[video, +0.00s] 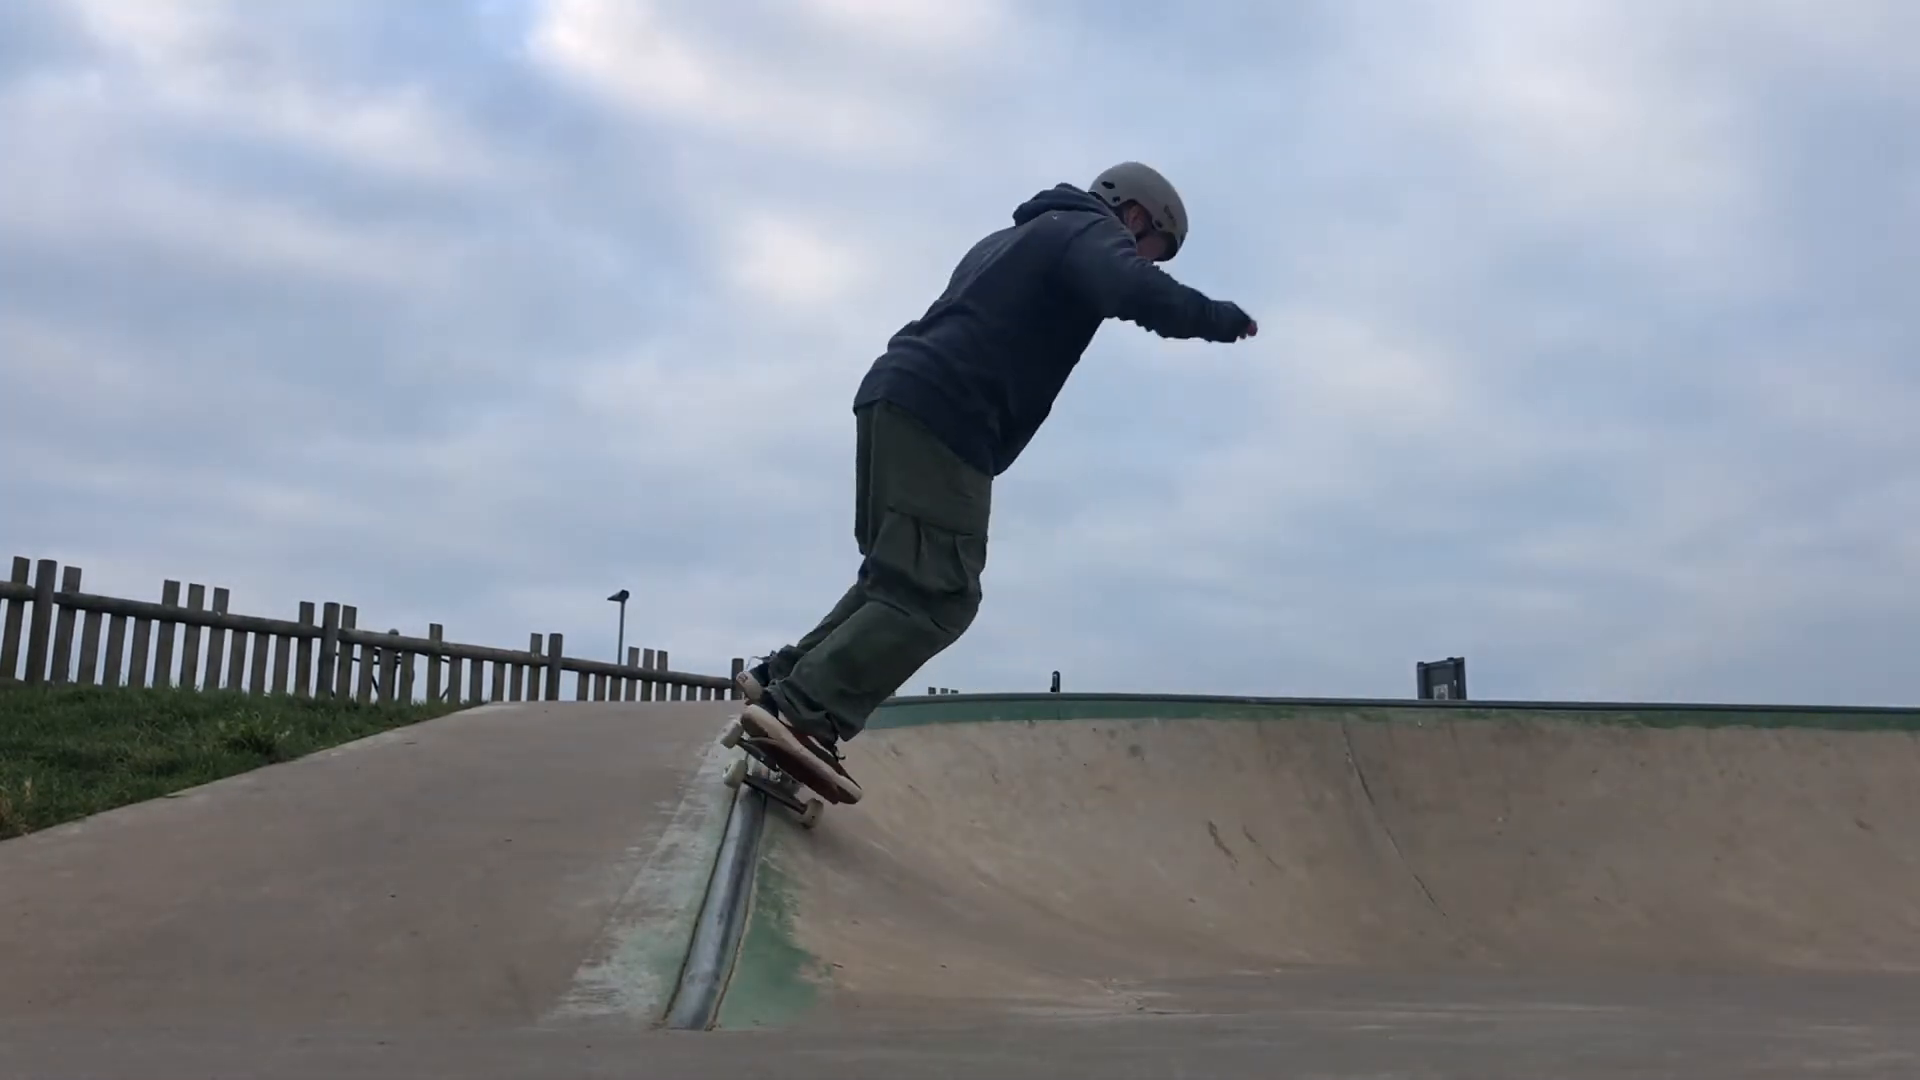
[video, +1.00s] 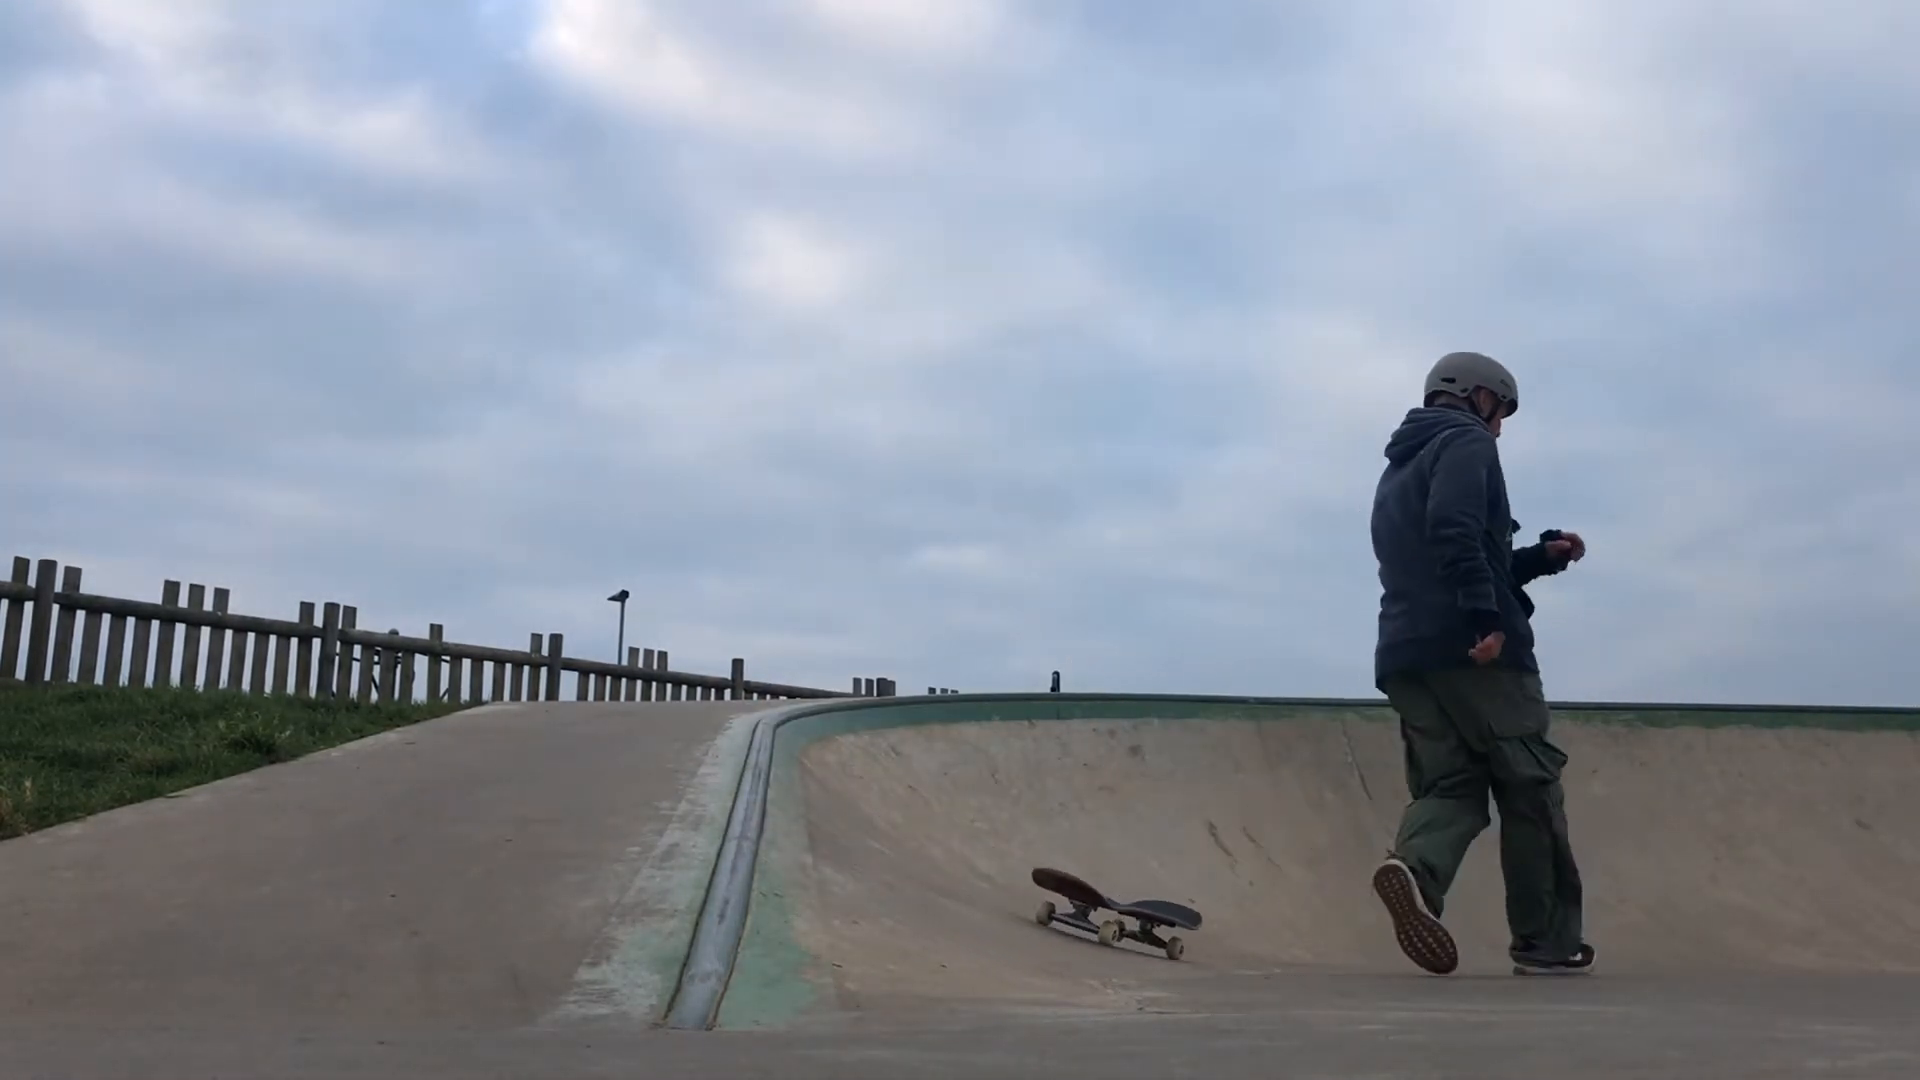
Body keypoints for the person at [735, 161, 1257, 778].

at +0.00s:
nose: (1155, 257)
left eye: (1164, 249)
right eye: (1158, 242)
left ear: (1110, 201)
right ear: (1131, 213)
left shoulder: (1022, 233)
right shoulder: (1082, 230)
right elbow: (1136, 287)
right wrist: (1217, 314)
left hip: (897, 395)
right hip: (939, 412)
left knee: (899, 578)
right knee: (937, 593)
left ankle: (785, 685)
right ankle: (805, 714)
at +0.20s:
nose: (1201, 288)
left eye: (1207, 280)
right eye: (1202, 276)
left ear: (1154, 241)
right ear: (1175, 254)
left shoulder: (1045, 292)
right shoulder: (1136, 272)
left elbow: (958, 364)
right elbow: (1213, 298)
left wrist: (962, 441)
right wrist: (1301, 310)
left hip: (963, 459)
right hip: (1017, 459)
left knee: (996, 640)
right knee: (1055, 633)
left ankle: (935, 796)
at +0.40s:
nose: (1260, 373)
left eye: (1266, 363)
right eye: (1261, 357)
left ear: (1205, 330)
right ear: (1233, 334)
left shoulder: (1115, 397)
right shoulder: (1198, 368)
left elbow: (1048, 513)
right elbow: (1239, 406)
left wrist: (1055, 604)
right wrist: (1334, 391)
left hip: (1090, 583)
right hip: (1133, 589)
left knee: (1219, 701)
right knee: (1146, 756)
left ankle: (1096, 802)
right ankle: (1043, 894)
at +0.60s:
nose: (1353, 396)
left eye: (1358, 384)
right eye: (1354, 379)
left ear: (1293, 360)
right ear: (1325, 361)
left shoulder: (1218, 440)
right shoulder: (1310, 409)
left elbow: (1184, 556)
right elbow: (1328, 509)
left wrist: (1223, 613)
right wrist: (1399, 599)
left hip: (1227, 622)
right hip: (1279, 617)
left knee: (1343, 769)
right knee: (1284, 767)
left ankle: (1382, 935)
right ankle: (1135, 845)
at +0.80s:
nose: (1439, 429)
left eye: (1443, 416)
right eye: (1439, 413)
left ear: (1383, 398)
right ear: (1413, 397)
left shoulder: (1333, 462)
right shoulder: (1399, 447)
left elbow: (1374, 570)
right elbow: (1391, 550)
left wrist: (1449, 630)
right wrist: (1407, 645)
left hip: (1321, 662)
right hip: (1386, 652)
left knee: (1407, 791)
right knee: (1497, 749)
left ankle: (1391, 930)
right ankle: (1476, 876)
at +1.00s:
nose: (1501, 426)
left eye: (1503, 415)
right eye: (1500, 413)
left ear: (1443, 398)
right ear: (1478, 399)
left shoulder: (1401, 466)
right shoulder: (1466, 443)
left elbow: (1465, 569)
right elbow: (1456, 529)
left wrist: (1541, 557)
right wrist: (1487, 617)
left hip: (1406, 652)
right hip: (1481, 647)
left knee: (1451, 783)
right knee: (1529, 783)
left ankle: (1417, 874)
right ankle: (1545, 941)